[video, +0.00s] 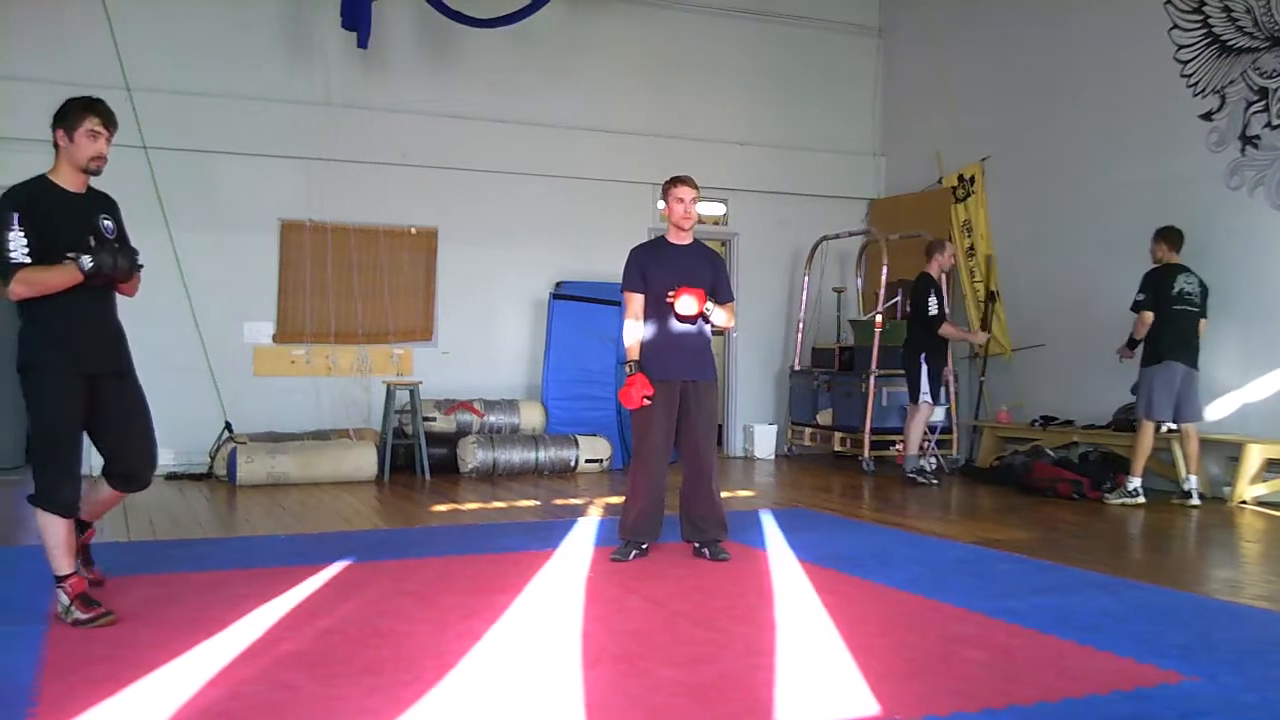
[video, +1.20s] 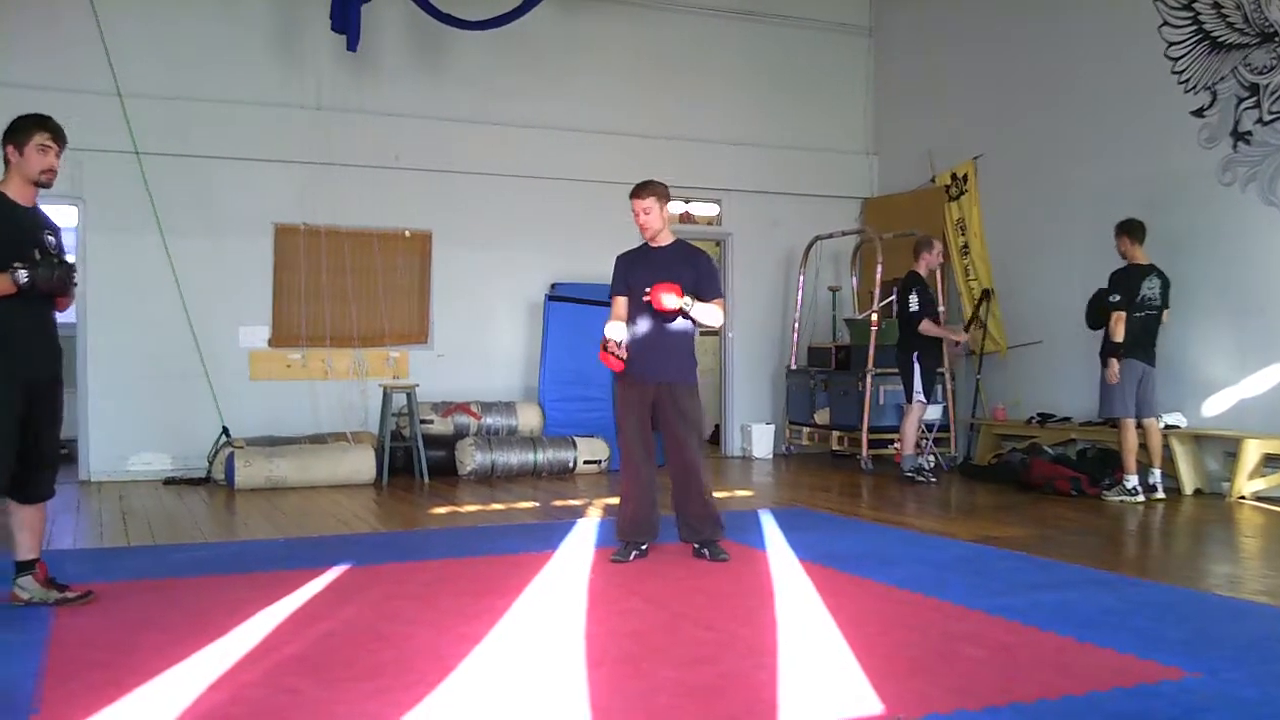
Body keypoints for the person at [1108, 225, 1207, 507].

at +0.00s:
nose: (1151, 250)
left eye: (1153, 245)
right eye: (1152, 245)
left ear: (1163, 247)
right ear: (1178, 248)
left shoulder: (1154, 276)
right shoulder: (1199, 281)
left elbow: (1145, 319)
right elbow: (1200, 326)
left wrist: (1130, 346)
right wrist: (1184, 348)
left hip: (1160, 357)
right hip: (1189, 359)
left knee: (1147, 421)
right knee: (1188, 425)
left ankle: (1133, 486)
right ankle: (1191, 488)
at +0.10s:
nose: (1127, 249)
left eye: (1129, 244)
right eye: (1128, 244)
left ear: (1140, 245)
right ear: (1153, 247)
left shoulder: (1130, 276)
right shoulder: (1174, 282)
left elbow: (1118, 320)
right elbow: (1175, 327)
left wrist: (1101, 337)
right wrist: (1159, 348)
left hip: (1133, 357)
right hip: (1162, 360)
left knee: (1123, 422)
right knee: (1163, 424)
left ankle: (1113, 486)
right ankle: (1170, 486)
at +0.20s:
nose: (1109, 248)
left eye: (1111, 243)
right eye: (1110, 243)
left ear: (1121, 244)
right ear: (1135, 245)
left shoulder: (1110, 276)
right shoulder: (1155, 281)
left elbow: (1094, 320)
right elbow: (1155, 326)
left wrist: (1073, 328)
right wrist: (1139, 348)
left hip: (1113, 357)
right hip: (1140, 360)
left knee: (1106, 422)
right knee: (1144, 423)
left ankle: (1099, 486)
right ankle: (1156, 486)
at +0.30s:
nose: (1086, 247)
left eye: (1088, 242)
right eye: (1086, 242)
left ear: (1098, 243)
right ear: (1111, 243)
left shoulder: (1086, 274)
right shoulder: (1132, 279)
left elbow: (1062, 315)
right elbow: (1131, 322)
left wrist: (1043, 315)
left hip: (1090, 355)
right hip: (1117, 359)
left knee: (1087, 420)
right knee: (1122, 418)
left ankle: (1083, 484)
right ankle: (1138, 481)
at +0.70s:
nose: (1107, 245)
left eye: (1109, 240)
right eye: (1108, 240)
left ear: (1118, 241)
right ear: (1133, 240)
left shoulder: (1106, 275)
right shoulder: (1154, 277)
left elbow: (1084, 318)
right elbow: (1157, 318)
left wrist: (1067, 326)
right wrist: (1132, 324)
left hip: (1112, 355)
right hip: (1140, 356)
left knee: (1117, 420)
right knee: (1140, 419)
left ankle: (1122, 485)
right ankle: (1148, 482)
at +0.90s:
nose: (1110, 245)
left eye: (1112, 240)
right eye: (1111, 240)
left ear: (1122, 242)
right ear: (1136, 242)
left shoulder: (1110, 278)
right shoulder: (1155, 279)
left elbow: (1099, 323)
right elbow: (1160, 319)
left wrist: (1091, 359)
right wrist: (1131, 318)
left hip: (1114, 357)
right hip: (1141, 358)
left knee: (1119, 422)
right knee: (1142, 421)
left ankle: (1124, 486)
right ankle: (1150, 483)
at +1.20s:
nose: (1117, 246)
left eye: (1118, 241)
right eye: (1117, 241)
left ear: (1126, 241)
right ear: (1141, 240)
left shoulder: (1121, 277)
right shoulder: (1160, 277)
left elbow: (1118, 319)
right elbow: (1163, 317)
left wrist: (1112, 356)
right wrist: (1134, 313)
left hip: (1125, 355)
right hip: (1148, 357)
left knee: (1126, 420)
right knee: (1150, 419)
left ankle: (1130, 483)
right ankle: (1156, 481)